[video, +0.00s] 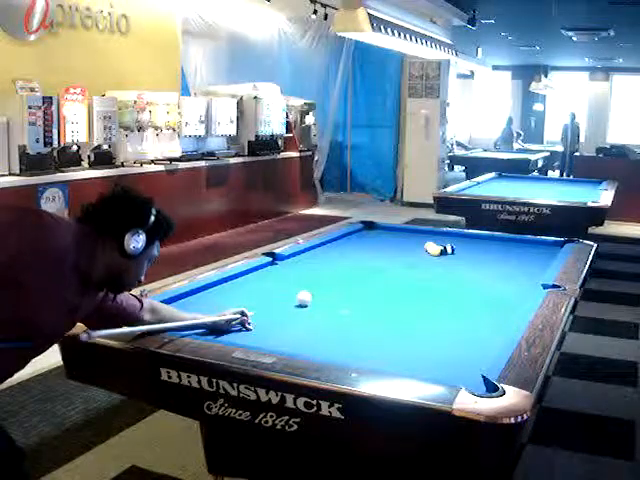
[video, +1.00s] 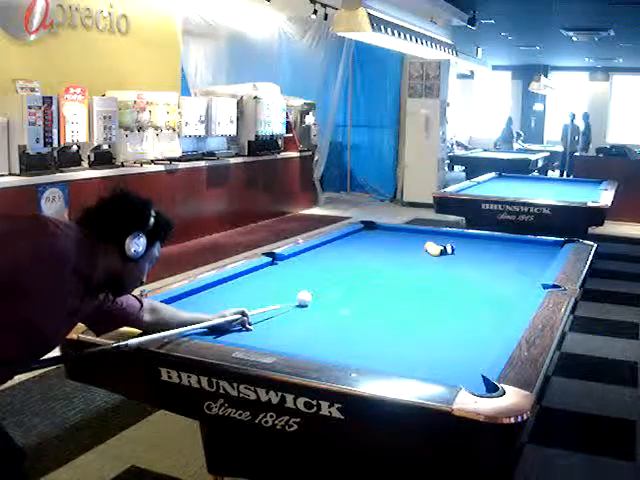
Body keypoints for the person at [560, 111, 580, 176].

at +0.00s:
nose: (571, 118)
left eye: (573, 117)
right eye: (570, 116)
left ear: (574, 117)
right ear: (569, 117)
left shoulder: (576, 127)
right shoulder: (565, 126)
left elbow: (578, 136)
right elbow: (563, 135)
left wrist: (578, 145)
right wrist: (563, 143)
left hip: (573, 146)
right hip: (566, 146)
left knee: (571, 160)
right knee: (563, 160)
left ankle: (569, 173)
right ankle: (561, 172)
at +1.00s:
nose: (572, 118)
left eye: (573, 117)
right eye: (571, 116)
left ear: (575, 117)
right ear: (569, 117)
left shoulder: (576, 127)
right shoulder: (565, 126)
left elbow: (578, 136)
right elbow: (562, 135)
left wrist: (576, 143)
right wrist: (563, 143)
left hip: (572, 147)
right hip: (565, 146)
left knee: (571, 160)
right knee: (563, 160)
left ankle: (569, 173)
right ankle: (561, 172)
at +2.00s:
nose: (572, 119)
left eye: (573, 117)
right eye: (571, 117)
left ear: (574, 118)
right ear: (569, 117)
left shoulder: (576, 127)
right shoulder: (565, 126)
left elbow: (578, 136)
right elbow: (562, 135)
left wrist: (577, 144)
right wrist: (563, 143)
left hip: (573, 146)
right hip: (566, 146)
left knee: (571, 160)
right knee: (563, 160)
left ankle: (569, 173)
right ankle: (561, 173)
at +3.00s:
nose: (572, 119)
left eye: (573, 118)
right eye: (571, 117)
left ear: (576, 118)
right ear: (569, 118)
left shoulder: (578, 127)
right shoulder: (566, 126)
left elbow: (580, 137)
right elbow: (563, 136)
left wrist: (578, 145)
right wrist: (564, 144)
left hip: (574, 147)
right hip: (567, 146)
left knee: (572, 160)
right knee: (564, 158)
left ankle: (570, 172)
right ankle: (562, 171)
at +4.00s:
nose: (570, 119)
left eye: (572, 117)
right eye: (569, 117)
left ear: (574, 118)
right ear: (567, 118)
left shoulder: (576, 127)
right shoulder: (565, 126)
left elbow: (578, 136)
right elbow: (562, 135)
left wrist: (577, 143)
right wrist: (563, 142)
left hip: (573, 146)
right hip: (566, 145)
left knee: (571, 159)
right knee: (564, 159)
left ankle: (570, 173)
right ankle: (562, 172)